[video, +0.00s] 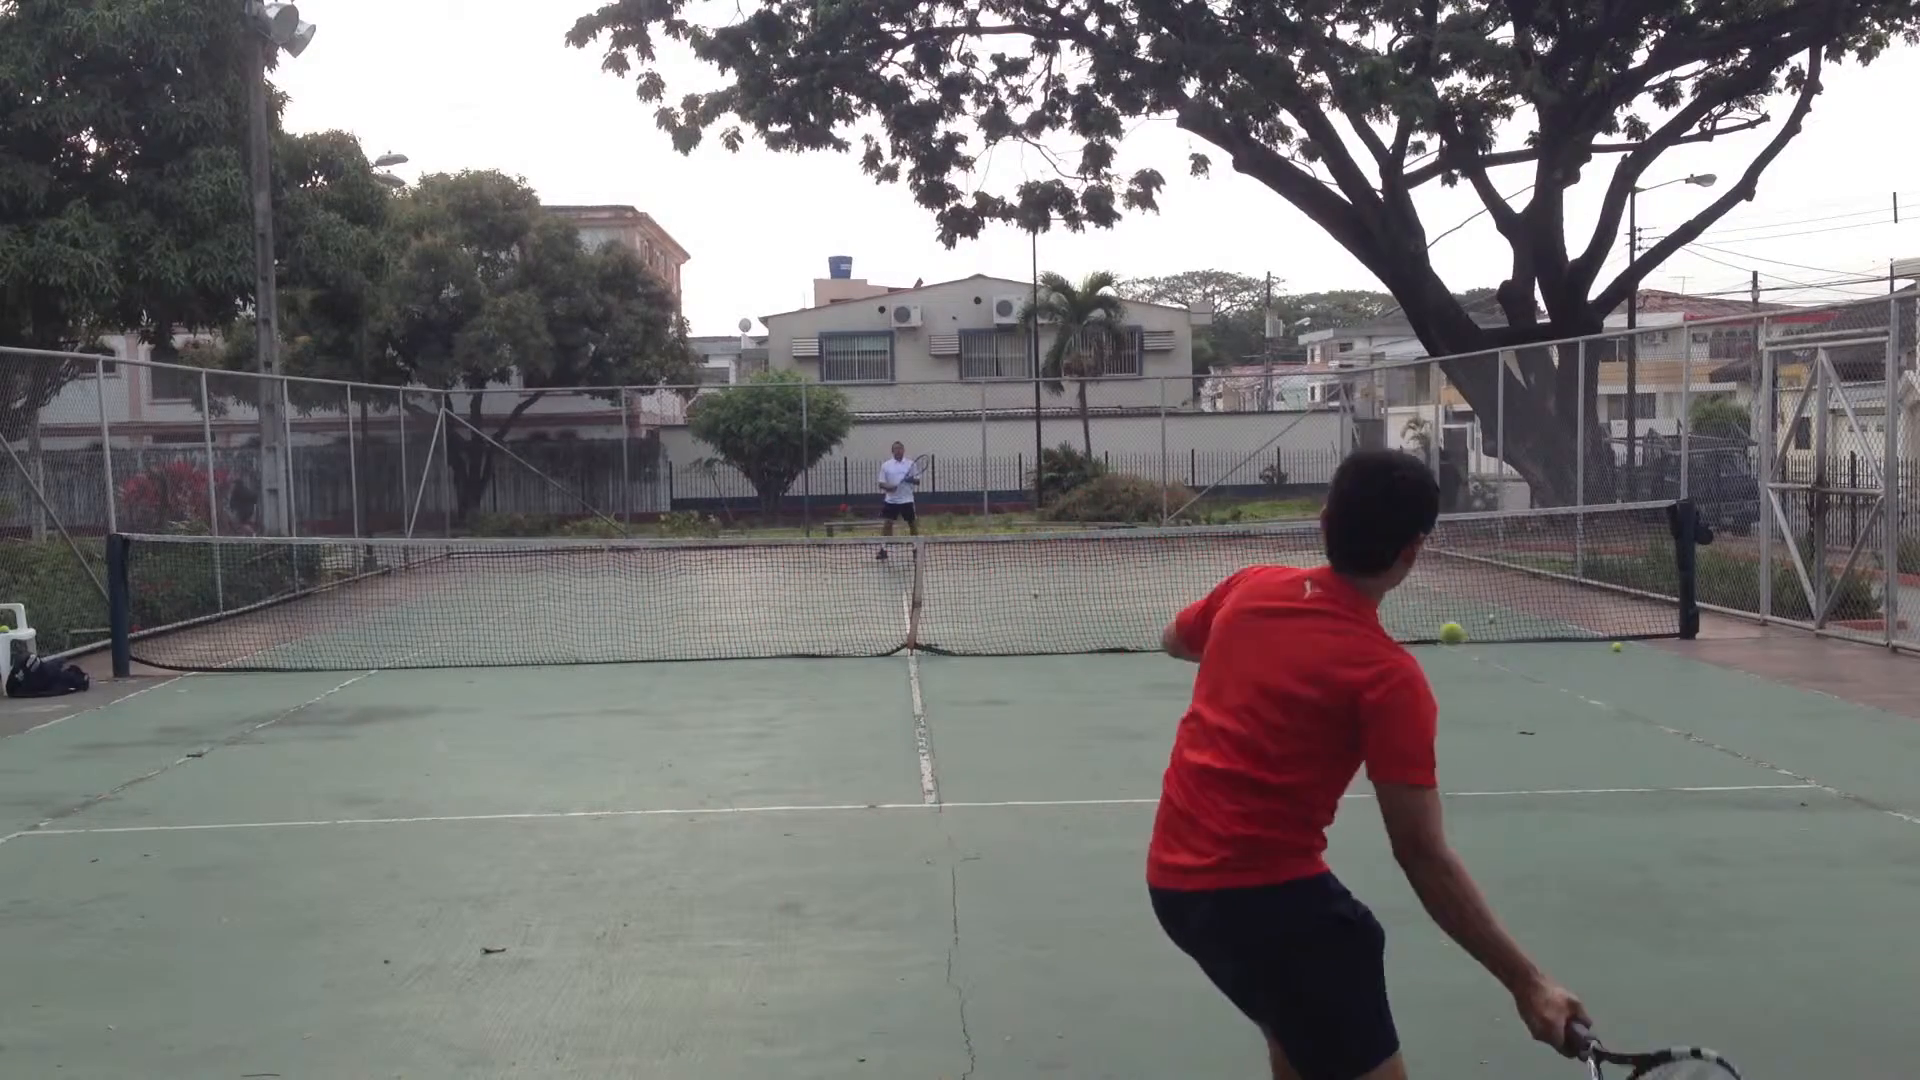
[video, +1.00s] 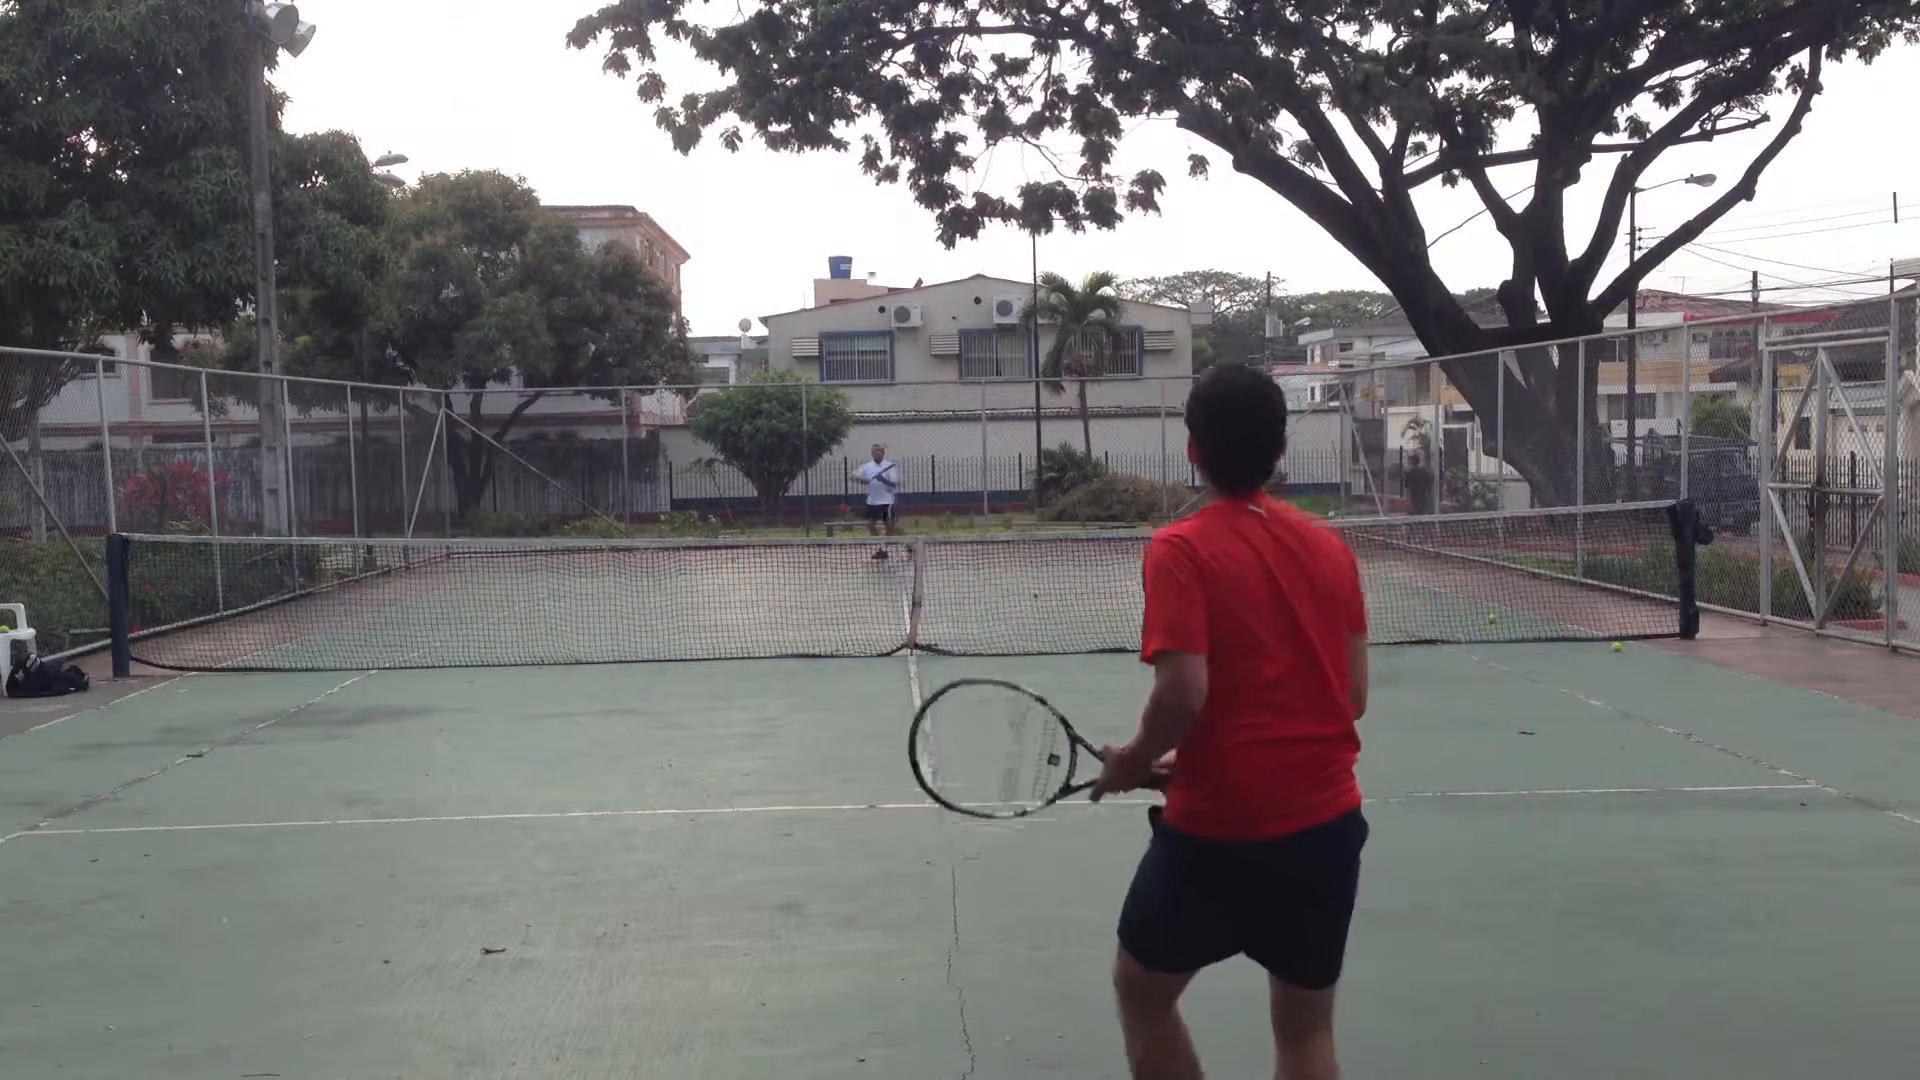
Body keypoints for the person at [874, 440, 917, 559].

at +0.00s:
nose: (898, 452)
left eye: (900, 449)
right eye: (895, 449)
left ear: (903, 450)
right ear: (892, 451)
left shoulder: (910, 464)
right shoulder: (886, 465)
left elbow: (917, 481)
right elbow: (881, 483)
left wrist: (910, 480)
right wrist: (890, 487)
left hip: (907, 500)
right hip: (891, 500)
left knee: (912, 524)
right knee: (887, 524)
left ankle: (916, 548)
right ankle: (884, 549)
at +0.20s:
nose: (899, 451)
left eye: (901, 449)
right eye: (897, 449)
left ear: (905, 450)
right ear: (893, 451)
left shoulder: (912, 464)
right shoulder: (887, 465)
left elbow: (918, 482)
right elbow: (882, 483)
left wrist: (912, 479)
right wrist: (892, 487)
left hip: (908, 500)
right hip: (892, 501)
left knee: (913, 524)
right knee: (888, 523)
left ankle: (916, 548)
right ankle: (884, 548)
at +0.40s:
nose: (899, 451)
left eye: (901, 449)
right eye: (897, 449)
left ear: (905, 450)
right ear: (893, 451)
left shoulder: (912, 464)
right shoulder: (888, 465)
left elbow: (918, 482)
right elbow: (881, 483)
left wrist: (913, 480)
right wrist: (893, 487)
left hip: (908, 500)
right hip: (892, 501)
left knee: (913, 524)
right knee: (888, 523)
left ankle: (916, 548)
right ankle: (884, 548)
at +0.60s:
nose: (899, 451)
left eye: (901, 448)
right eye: (896, 448)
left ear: (904, 450)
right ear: (892, 450)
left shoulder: (911, 464)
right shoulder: (886, 465)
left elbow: (917, 481)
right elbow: (880, 482)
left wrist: (906, 480)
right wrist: (889, 486)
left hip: (907, 501)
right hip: (890, 501)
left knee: (913, 525)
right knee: (887, 524)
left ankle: (915, 548)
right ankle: (883, 549)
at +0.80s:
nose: (888, 453)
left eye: (890, 450)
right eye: (886, 450)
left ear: (895, 451)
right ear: (884, 452)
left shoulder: (903, 465)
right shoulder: (878, 466)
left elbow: (910, 482)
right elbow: (869, 481)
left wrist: (899, 479)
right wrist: (879, 485)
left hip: (899, 501)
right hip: (884, 501)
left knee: (906, 525)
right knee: (882, 526)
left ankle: (914, 547)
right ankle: (883, 549)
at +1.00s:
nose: (876, 455)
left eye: (878, 452)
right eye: (874, 452)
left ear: (883, 453)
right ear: (872, 454)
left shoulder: (890, 466)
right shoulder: (868, 466)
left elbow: (893, 484)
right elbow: (854, 475)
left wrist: (881, 478)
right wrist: (867, 480)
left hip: (886, 500)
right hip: (872, 500)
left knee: (889, 525)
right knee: (870, 524)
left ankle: (887, 548)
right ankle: (879, 547)